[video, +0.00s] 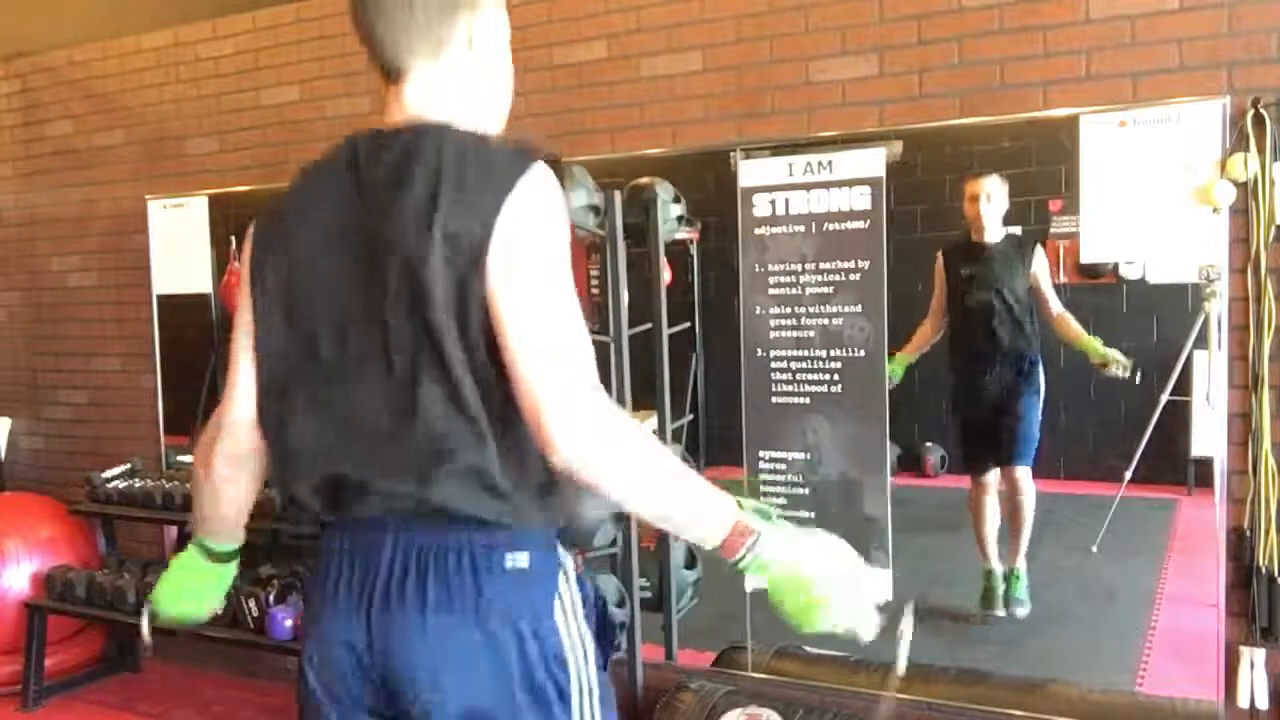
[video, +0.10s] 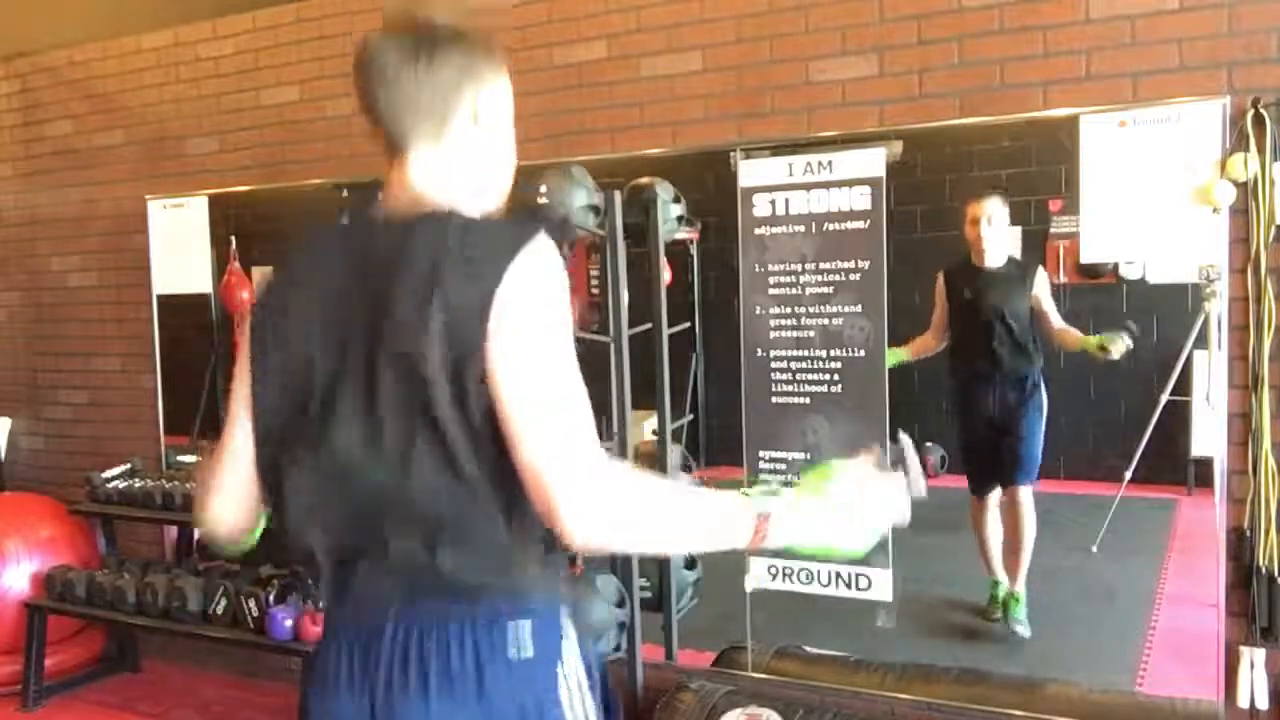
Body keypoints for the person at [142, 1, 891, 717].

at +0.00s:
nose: (511, 69)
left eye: (504, 45)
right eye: (503, 45)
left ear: (383, 58)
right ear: (479, 44)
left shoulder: (280, 223)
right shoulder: (508, 184)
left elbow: (236, 433)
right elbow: (574, 430)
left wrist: (212, 550)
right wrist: (755, 541)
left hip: (340, 583)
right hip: (492, 585)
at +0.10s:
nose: (514, 142)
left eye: (508, 116)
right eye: (508, 115)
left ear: (382, 128)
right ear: (482, 118)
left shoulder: (295, 280)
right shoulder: (507, 257)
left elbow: (224, 514)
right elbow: (583, 505)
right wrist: (777, 516)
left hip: (354, 642)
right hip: (501, 644)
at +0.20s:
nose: (523, 154)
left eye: (516, 128)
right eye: (518, 127)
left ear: (386, 135)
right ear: (495, 128)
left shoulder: (293, 298)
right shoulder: (517, 277)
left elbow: (218, 504)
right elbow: (605, 515)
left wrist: (335, 438)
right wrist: (789, 500)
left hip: (349, 677)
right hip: (502, 676)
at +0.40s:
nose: (544, 78)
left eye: (541, 52)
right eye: (539, 52)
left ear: (414, 54)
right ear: (512, 47)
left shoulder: (310, 219)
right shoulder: (541, 186)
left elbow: (260, 434)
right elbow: (603, 435)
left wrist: (237, 534)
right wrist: (779, 555)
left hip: (364, 584)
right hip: (517, 590)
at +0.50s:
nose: (557, 137)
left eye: (549, 115)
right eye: (551, 114)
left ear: (417, 127)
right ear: (525, 117)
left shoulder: (325, 279)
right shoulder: (556, 267)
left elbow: (261, 506)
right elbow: (627, 506)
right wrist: (829, 529)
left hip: (381, 644)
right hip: (533, 647)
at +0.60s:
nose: (562, 155)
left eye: (556, 135)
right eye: (557, 134)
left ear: (428, 145)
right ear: (535, 140)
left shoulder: (333, 309)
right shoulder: (572, 293)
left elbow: (261, 511)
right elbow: (669, 523)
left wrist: (359, 429)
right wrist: (857, 503)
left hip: (372, 678)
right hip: (531, 683)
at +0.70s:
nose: (560, 72)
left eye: (555, 49)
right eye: (554, 48)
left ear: (429, 60)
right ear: (526, 52)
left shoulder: (329, 236)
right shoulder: (568, 197)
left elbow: (262, 455)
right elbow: (642, 432)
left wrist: (249, 523)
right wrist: (821, 522)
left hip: (368, 595)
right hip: (519, 602)